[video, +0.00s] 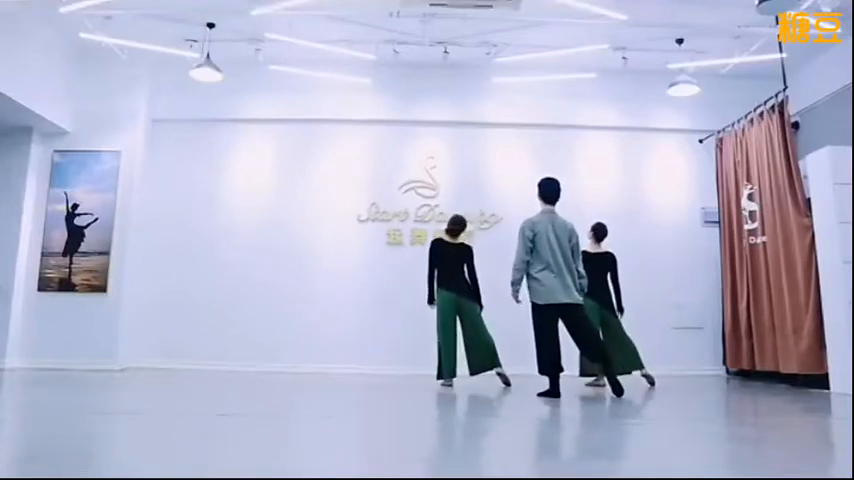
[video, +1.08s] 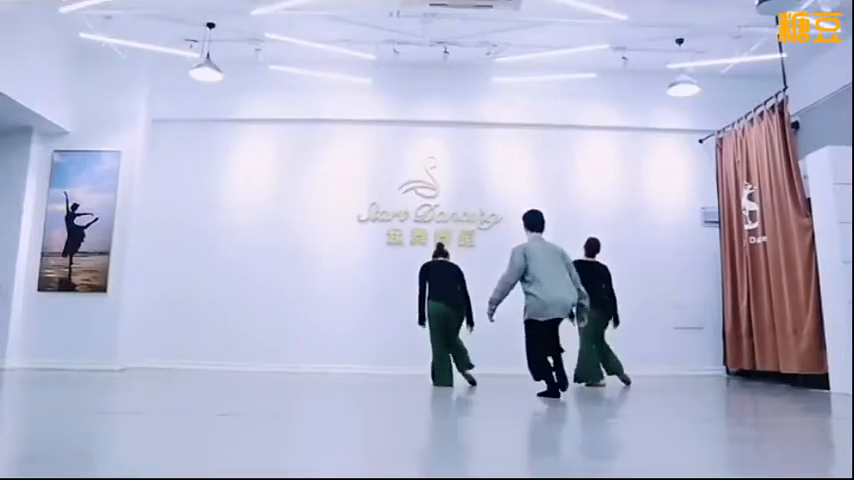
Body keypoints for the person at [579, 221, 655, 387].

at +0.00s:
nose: (588, 233)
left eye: (589, 231)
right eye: (590, 231)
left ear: (591, 235)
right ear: (604, 237)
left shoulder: (582, 256)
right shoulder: (609, 257)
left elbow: (577, 278)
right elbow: (615, 283)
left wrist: (576, 297)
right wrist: (619, 305)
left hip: (589, 301)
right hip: (606, 302)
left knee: (593, 337)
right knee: (620, 336)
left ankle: (600, 376)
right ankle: (641, 369)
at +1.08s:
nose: (587, 251)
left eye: (586, 248)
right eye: (591, 248)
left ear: (584, 249)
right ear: (598, 251)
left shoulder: (576, 266)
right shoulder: (603, 269)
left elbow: (570, 288)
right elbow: (610, 293)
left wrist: (569, 309)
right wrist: (615, 314)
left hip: (585, 311)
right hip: (604, 312)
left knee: (588, 342)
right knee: (599, 341)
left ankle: (595, 377)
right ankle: (618, 370)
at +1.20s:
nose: (587, 257)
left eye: (585, 253)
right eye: (592, 254)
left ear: (581, 254)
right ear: (596, 256)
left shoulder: (573, 270)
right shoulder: (600, 273)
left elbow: (568, 293)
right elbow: (607, 299)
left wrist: (569, 314)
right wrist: (610, 320)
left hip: (582, 313)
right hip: (599, 315)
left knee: (586, 345)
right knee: (595, 344)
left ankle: (585, 376)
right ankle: (599, 374)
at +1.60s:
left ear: (569, 261)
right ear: (580, 259)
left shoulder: (568, 270)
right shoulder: (593, 268)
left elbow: (569, 296)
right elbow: (601, 291)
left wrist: (568, 319)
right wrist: (607, 311)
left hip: (585, 307)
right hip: (602, 308)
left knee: (583, 341)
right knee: (590, 341)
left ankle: (595, 378)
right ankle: (576, 366)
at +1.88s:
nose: (566, 246)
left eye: (565, 243)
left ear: (565, 242)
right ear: (576, 241)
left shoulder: (563, 252)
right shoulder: (589, 253)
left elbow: (561, 277)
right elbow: (595, 281)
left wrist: (561, 299)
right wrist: (596, 303)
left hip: (574, 294)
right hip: (591, 296)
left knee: (581, 332)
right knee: (582, 333)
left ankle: (594, 369)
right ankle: (573, 370)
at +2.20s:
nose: (558, 232)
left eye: (559, 230)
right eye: (560, 230)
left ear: (560, 230)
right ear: (573, 230)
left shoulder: (557, 247)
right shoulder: (581, 249)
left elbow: (551, 271)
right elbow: (586, 275)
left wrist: (550, 293)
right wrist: (588, 297)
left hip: (563, 291)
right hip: (579, 292)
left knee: (566, 330)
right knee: (578, 329)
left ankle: (571, 368)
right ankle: (579, 366)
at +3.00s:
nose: (548, 230)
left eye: (546, 227)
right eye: (551, 227)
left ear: (543, 228)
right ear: (557, 229)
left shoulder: (536, 248)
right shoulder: (562, 249)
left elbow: (532, 273)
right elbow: (567, 275)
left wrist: (530, 293)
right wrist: (568, 296)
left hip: (542, 292)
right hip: (559, 293)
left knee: (546, 331)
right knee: (558, 330)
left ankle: (552, 369)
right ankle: (555, 368)